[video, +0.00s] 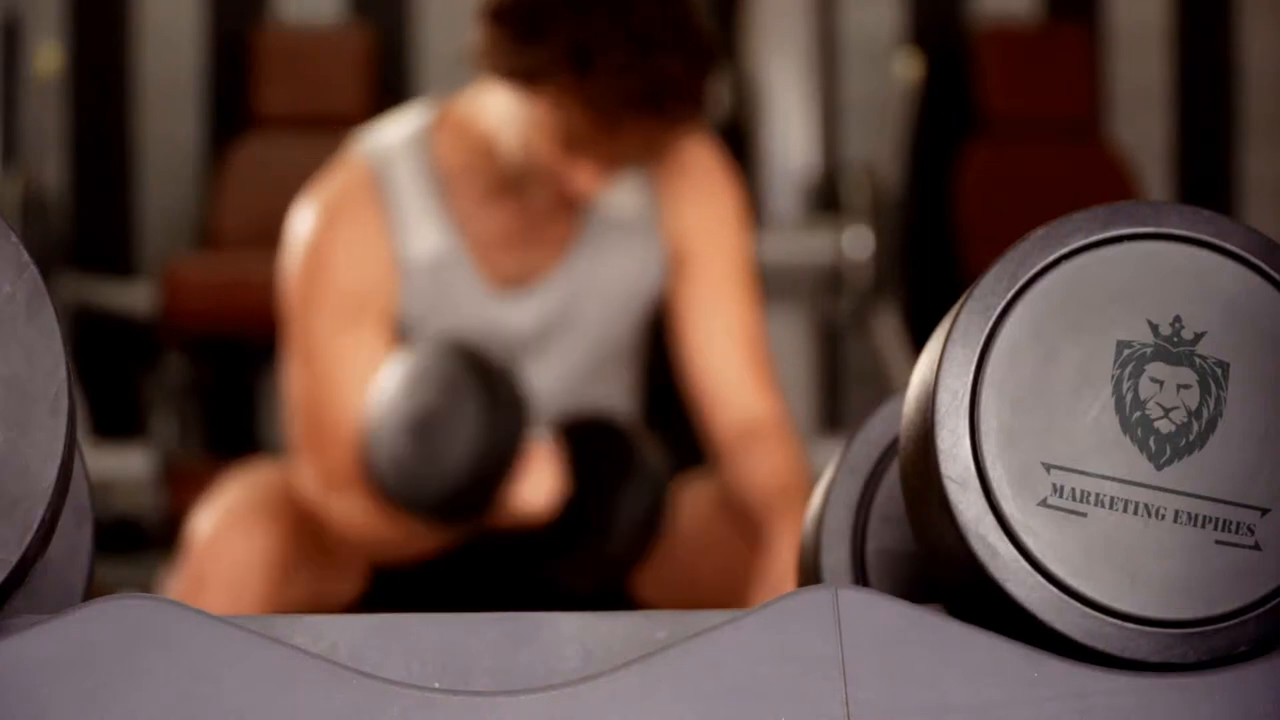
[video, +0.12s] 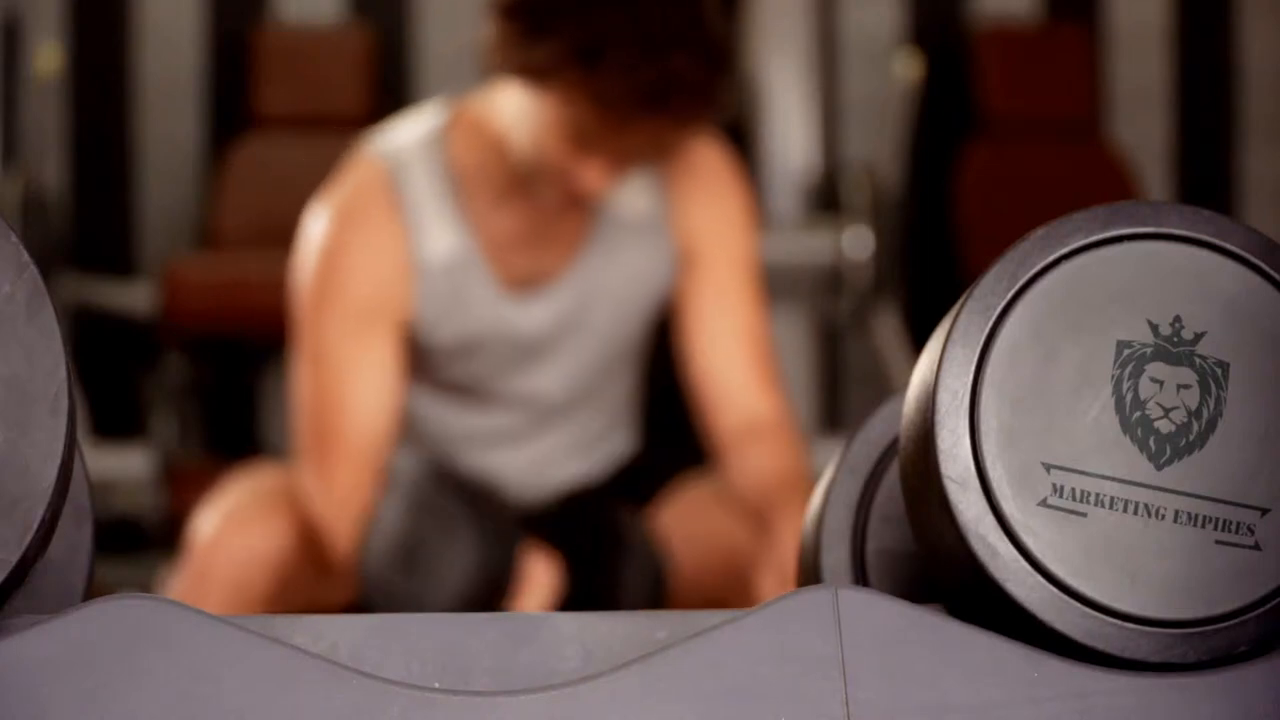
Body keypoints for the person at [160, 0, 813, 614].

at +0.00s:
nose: (591, 182)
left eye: (621, 156)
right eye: (573, 145)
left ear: (658, 121)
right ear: (514, 84)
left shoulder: (681, 170)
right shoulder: (350, 210)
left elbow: (749, 425)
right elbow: (343, 503)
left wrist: (797, 544)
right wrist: (498, 494)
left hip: (595, 534)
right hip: (399, 538)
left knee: (797, 534)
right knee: (242, 523)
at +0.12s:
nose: (600, 180)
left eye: (633, 153)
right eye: (584, 141)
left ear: (672, 119)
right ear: (527, 75)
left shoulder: (692, 171)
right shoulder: (369, 210)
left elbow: (750, 423)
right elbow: (341, 497)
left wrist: (797, 536)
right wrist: (497, 574)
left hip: (607, 512)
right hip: (423, 516)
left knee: (794, 533)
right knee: (241, 528)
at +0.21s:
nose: (605, 182)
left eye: (639, 155)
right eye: (588, 142)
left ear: (676, 122)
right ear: (527, 78)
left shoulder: (698, 174)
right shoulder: (380, 209)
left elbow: (752, 425)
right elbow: (344, 507)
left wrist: (802, 544)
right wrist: (436, 636)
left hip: (605, 512)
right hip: (415, 518)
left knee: (800, 542)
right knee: (241, 529)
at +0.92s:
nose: (613, 207)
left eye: (646, 176)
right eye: (593, 166)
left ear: (681, 147)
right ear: (529, 101)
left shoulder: (695, 178)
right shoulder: (394, 242)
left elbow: (756, 431)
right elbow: (348, 554)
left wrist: (805, 575)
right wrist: (354, 719)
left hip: (602, 524)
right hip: (416, 533)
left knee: (795, 539)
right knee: (238, 533)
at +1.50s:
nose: (611, 168)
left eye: (645, 137)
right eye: (591, 127)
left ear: (676, 110)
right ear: (524, 67)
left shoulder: (696, 170)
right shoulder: (393, 210)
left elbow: (753, 428)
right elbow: (337, 510)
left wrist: (790, 570)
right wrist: (457, 668)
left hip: (601, 521)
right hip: (418, 529)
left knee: (792, 540)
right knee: (241, 526)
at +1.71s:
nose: (606, 154)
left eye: (638, 123)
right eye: (583, 113)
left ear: (674, 101)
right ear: (520, 52)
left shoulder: (692, 171)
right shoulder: (377, 205)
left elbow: (756, 428)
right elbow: (343, 494)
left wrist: (783, 579)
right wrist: (488, 561)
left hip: (603, 533)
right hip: (414, 533)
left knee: (795, 517)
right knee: (248, 527)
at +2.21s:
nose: (573, 153)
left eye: (604, 120)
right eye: (547, 112)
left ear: (636, 98)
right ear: (476, 61)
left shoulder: (661, 171)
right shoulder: (314, 217)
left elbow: (746, 422)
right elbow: (346, 502)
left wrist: (789, 596)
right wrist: (494, 455)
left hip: (598, 525)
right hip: (399, 535)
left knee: (784, 541)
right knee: (250, 536)